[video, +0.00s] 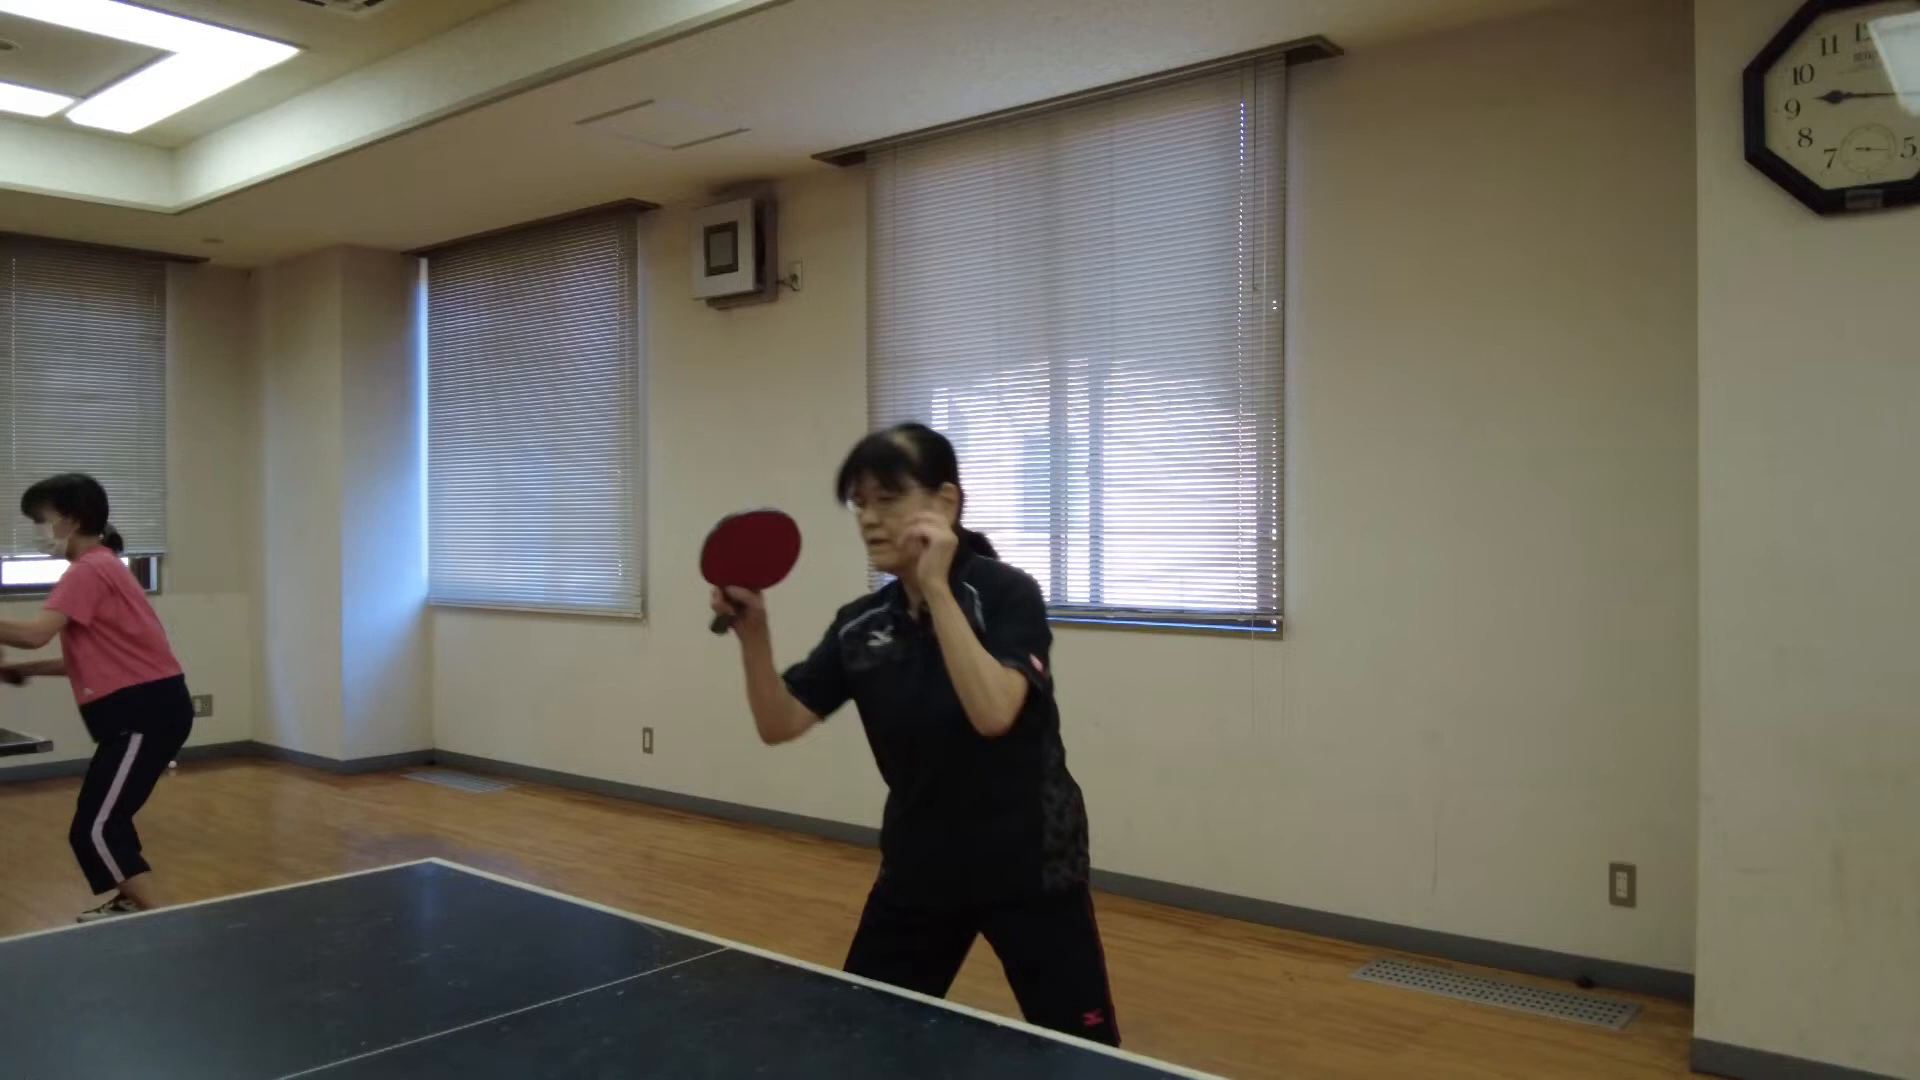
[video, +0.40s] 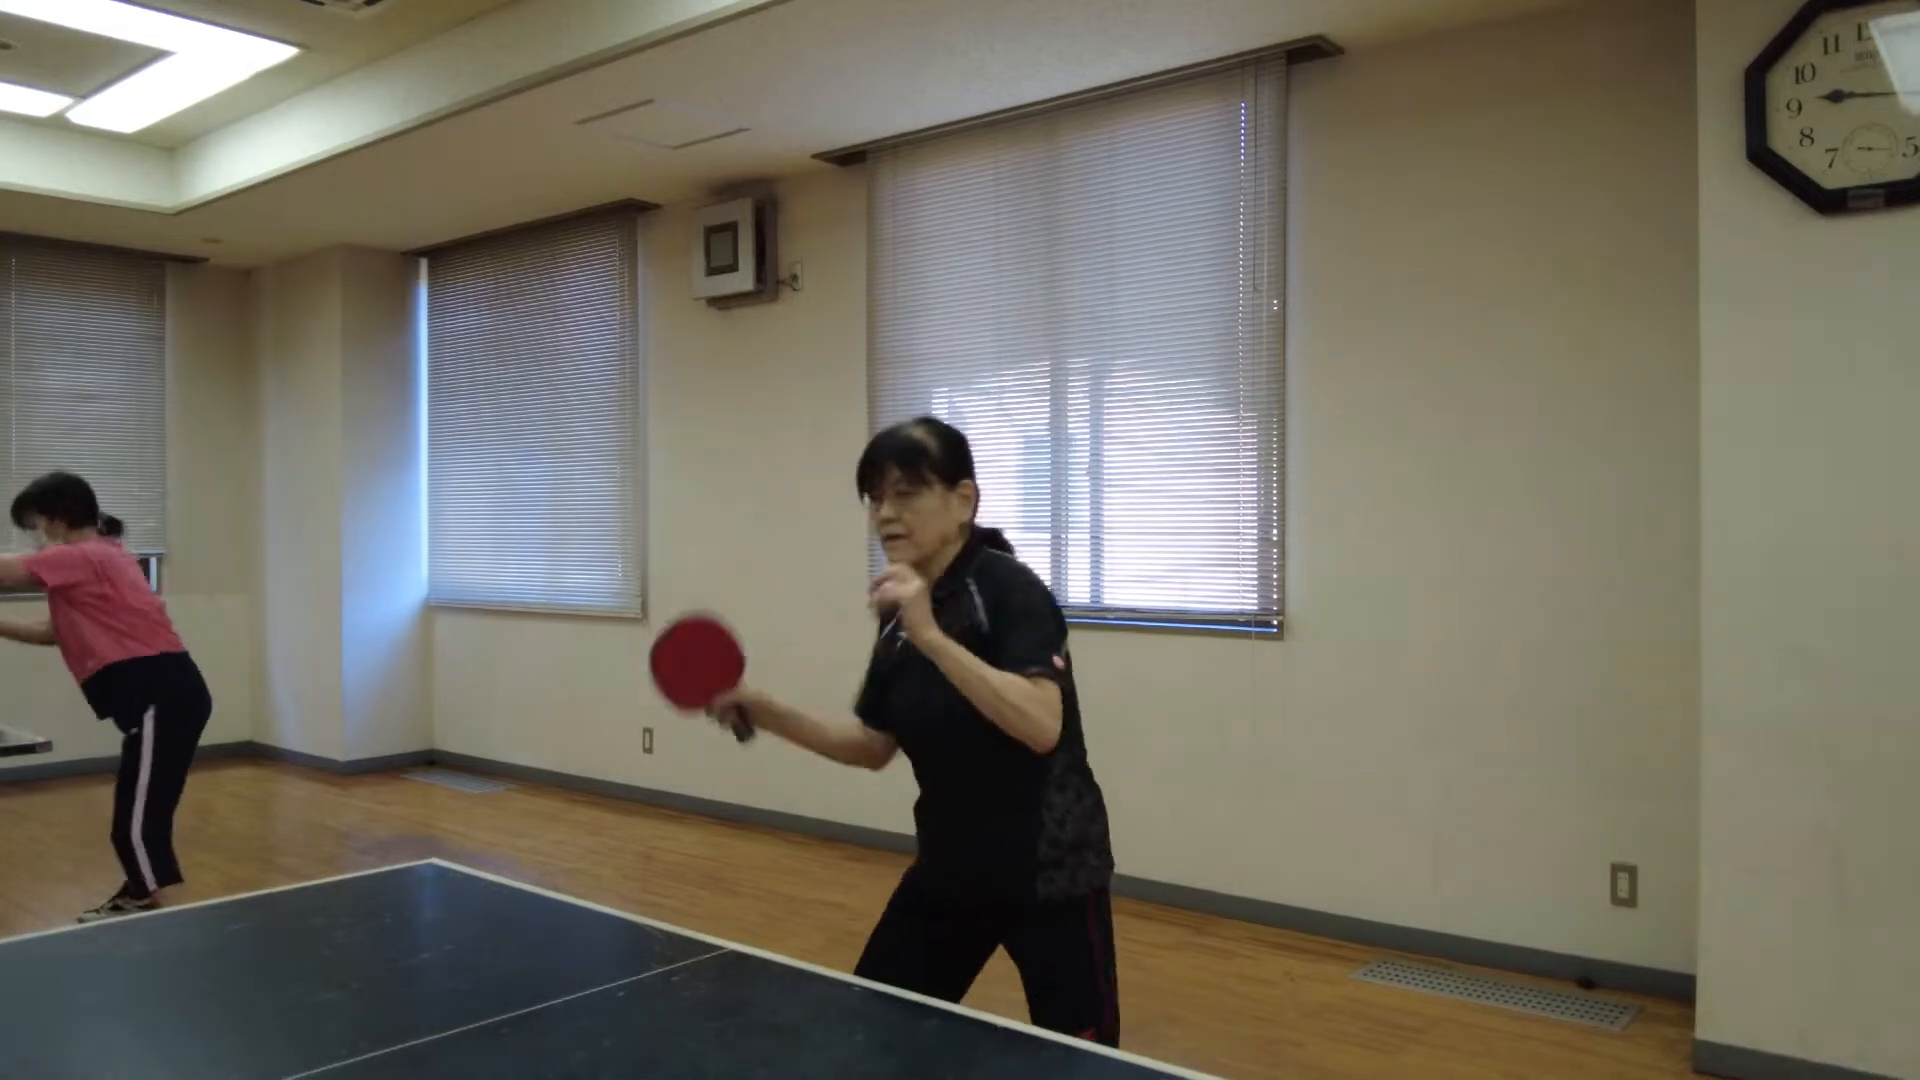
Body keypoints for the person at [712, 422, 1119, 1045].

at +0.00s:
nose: (870, 517)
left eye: (889, 497)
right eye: (860, 503)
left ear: (948, 502)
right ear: (852, 515)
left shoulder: (1006, 593)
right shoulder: (861, 625)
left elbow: (995, 711)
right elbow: (778, 722)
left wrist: (936, 588)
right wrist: (753, 633)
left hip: (1030, 866)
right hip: (923, 868)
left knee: (1086, 1055)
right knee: (858, 1039)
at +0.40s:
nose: (885, 513)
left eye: (906, 494)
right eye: (876, 498)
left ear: (964, 501)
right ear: (868, 509)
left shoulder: (1010, 587)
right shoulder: (905, 609)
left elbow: (1043, 724)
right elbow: (873, 746)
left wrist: (931, 638)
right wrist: (766, 714)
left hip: (1051, 867)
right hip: (954, 862)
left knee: (1082, 1056)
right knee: (870, 1028)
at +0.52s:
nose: (863, 540)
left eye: (883, 519)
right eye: (855, 524)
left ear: (942, 518)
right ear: (849, 532)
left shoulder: (971, 597)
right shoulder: (926, 613)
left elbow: (1013, 725)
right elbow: (943, 769)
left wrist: (889, 659)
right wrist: (819, 777)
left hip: (1045, 888)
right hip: (967, 879)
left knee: (1064, 1065)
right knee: (870, 1029)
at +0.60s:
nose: (853, 554)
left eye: (870, 532)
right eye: (845, 540)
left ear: (930, 527)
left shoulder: (955, 595)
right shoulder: (930, 607)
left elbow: (985, 714)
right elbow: (978, 754)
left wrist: (864, 645)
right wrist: (886, 778)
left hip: (1038, 888)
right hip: (965, 877)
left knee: (1057, 1064)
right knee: (871, 1029)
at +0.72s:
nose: (871, 535)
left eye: (877, 509)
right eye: (859, 523)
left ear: (935, 493)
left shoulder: (988, 562)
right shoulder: (948, 583)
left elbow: (959, 641)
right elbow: (963, 717)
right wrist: (864, 718)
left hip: (1059, 862)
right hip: (972, 857)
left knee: (1088, 1058)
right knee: (894, 1033)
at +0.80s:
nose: (885, 514)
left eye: (893, 490)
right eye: (877, 504)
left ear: (960, 477)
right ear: (878, 514)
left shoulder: (1030, 539)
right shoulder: (940, 602)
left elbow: (977, 580)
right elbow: (920, 720)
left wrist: (921, 482)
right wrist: (837, 647)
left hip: (1088, 840)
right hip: (988, 840)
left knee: (1122, 1053)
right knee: (916, 1030)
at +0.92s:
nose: (934, 525)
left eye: (949, 499)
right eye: (926, 510)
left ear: (1004, 495)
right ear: (925, 521)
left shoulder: (1083, 574)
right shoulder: (950, 623)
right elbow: (862, 704)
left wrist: (1009, 500)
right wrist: (833, 597)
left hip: (1118, 880)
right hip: (1006, 882)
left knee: (1147, 1072)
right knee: (922, 1050)